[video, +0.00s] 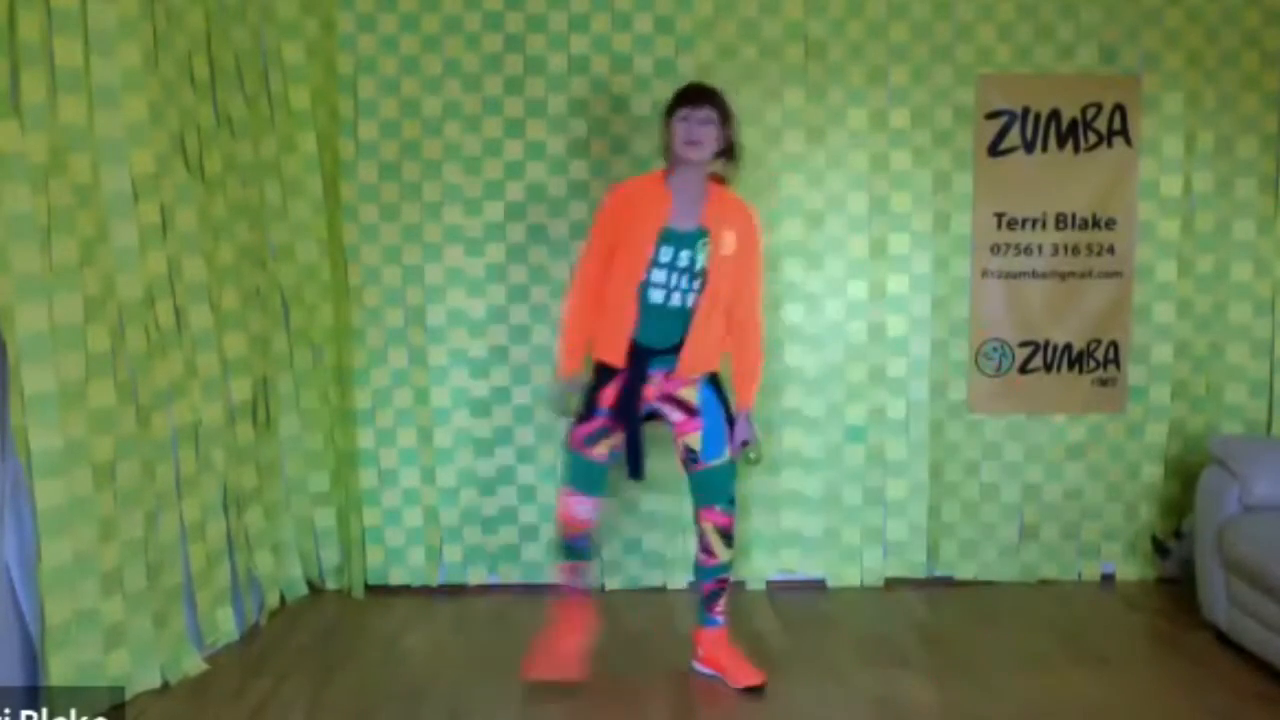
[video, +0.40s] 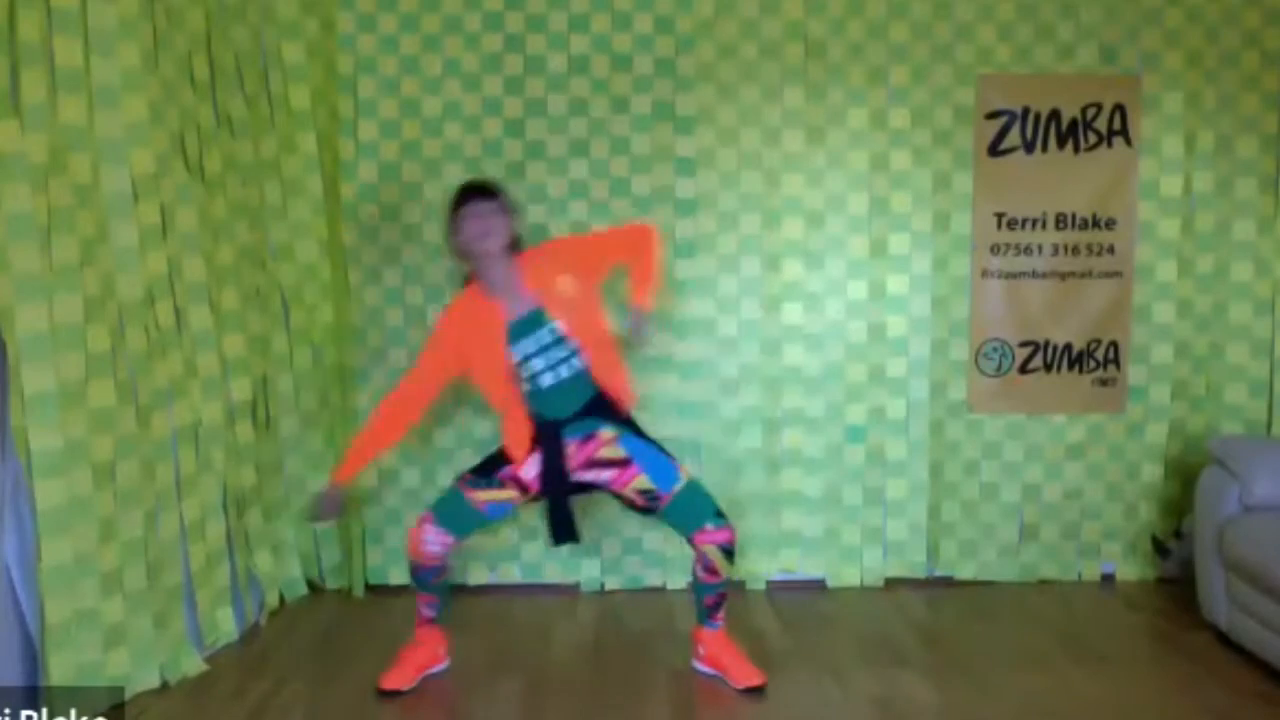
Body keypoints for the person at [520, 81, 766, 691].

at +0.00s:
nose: (695, 132)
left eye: (709, 124)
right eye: (685, 121)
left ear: (724, 139)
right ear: (667, 132)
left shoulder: (736, 218)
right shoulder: (625, 201)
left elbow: (745, 312)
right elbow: (587, 281)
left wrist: (744, 401)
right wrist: (572, 364)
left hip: (695, 370)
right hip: (620, 367)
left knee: (717, 507)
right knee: (577, 497)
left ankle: (713, 637)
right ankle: (571, 618)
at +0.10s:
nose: (664, 137)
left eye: (674, 127)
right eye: (653, 128)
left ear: (693, 140)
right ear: (635, 142)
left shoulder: (713, 221)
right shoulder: (605, 213)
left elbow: (743, 309)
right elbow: (559, 295)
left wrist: (743, 394)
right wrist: (530, 378)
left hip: (681, 385)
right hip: (607, 384)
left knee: (726, 520)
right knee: (544, 506)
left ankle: (713, 638)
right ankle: (500, 623)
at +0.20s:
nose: (602, 168)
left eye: (610, 156)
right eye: (589, 160)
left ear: (629, 167)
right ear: (571, 176)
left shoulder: (664, 236)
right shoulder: (556, 252)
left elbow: (730, 289)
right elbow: (509, 337)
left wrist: (725, 360)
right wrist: (458, 423)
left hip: (658, 410)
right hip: (581, 418)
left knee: (729, 530)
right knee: (496, 525)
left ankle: (714, 640)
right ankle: (436, 634)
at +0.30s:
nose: (546, 195)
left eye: (555, 183)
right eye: (534, 187)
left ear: (575, 193)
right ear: (521, 204)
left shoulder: (617, 249)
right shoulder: (514, 282)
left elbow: (696, 266)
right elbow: (465, 366)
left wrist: (698, 335)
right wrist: (407, 448)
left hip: (630, 427)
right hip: (554, 437)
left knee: (723, 533)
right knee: (457, 540)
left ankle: (713, 641)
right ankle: (433, 641)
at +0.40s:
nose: (482, 229)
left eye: (492, 215)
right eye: (469, 221)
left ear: (513, 223)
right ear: (455, 242)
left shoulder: (559, 263)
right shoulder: (461, 323)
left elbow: (642, 237)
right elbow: (406, 402)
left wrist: (642, 306)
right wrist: (344, 476)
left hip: (606, 438)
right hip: (529, 454)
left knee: (714, 534)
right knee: (431, 537)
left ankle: (712, 639)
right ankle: (429, 641)